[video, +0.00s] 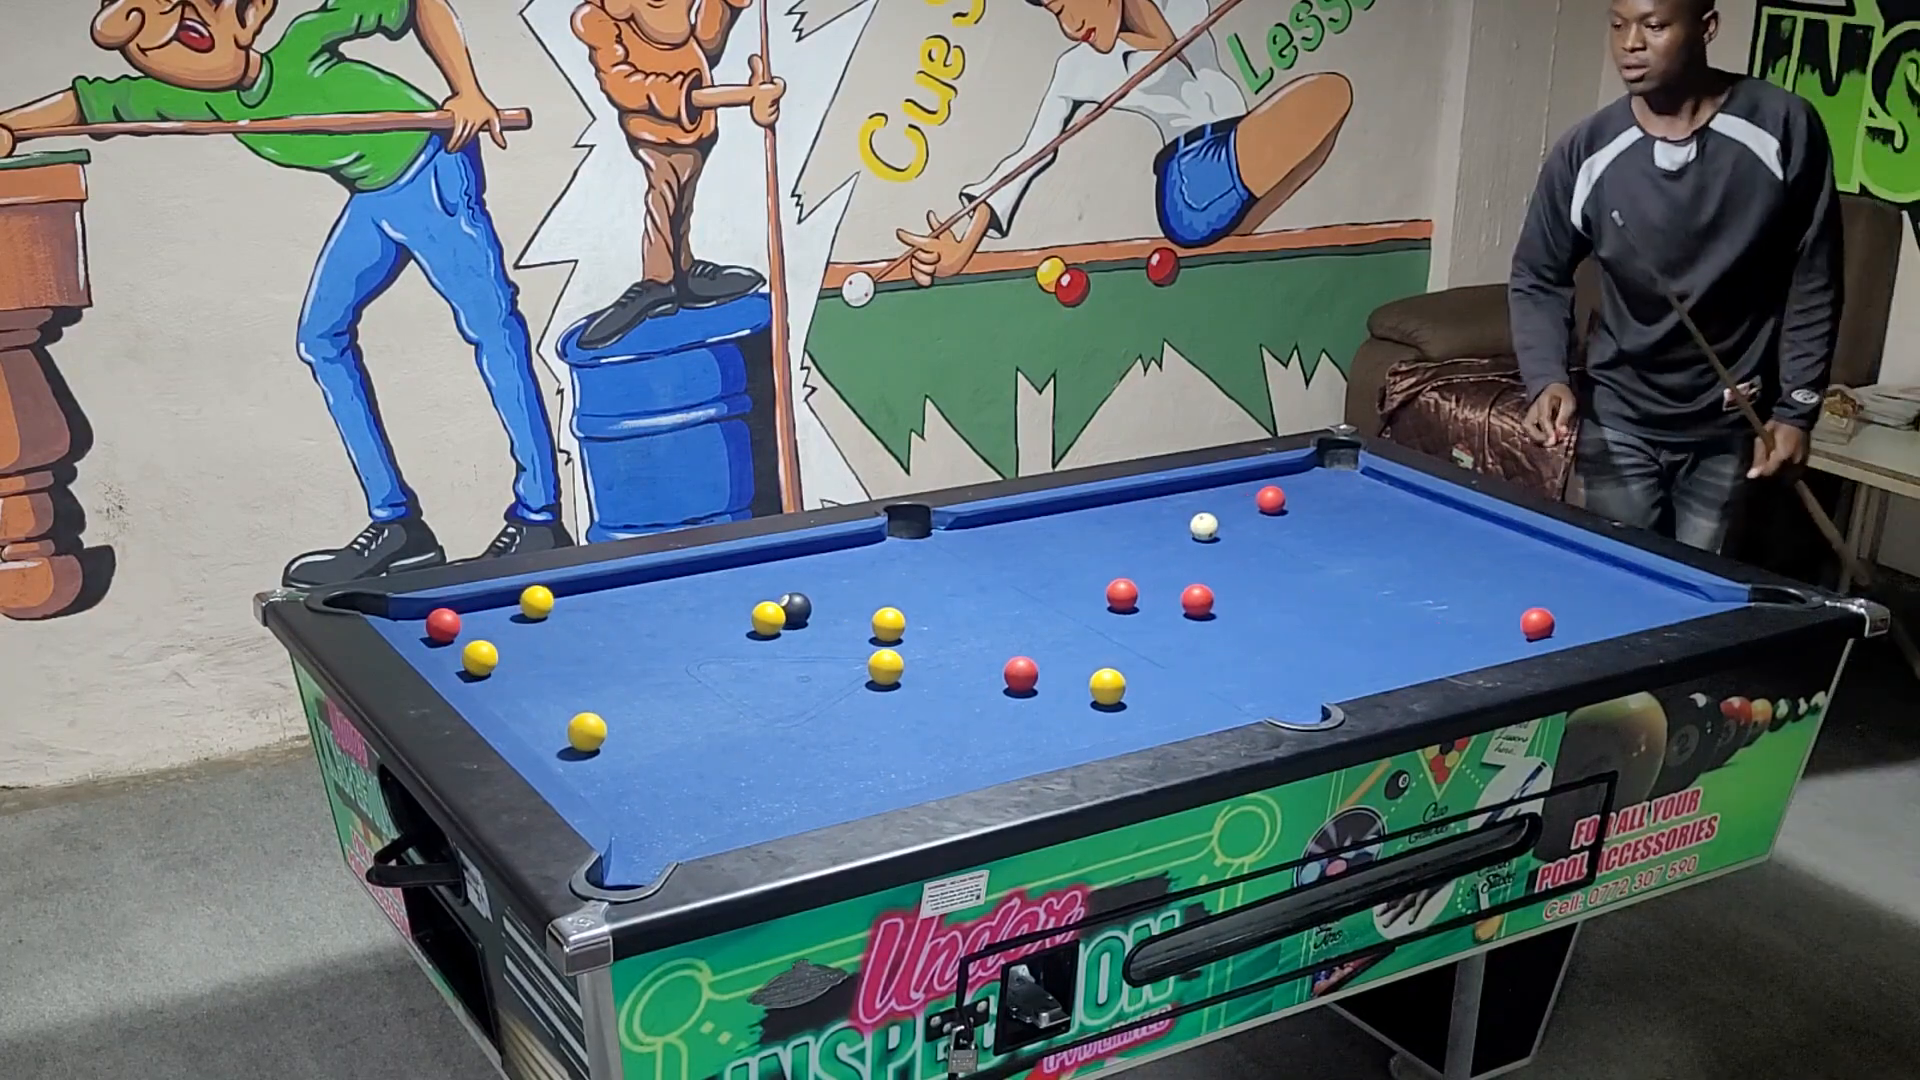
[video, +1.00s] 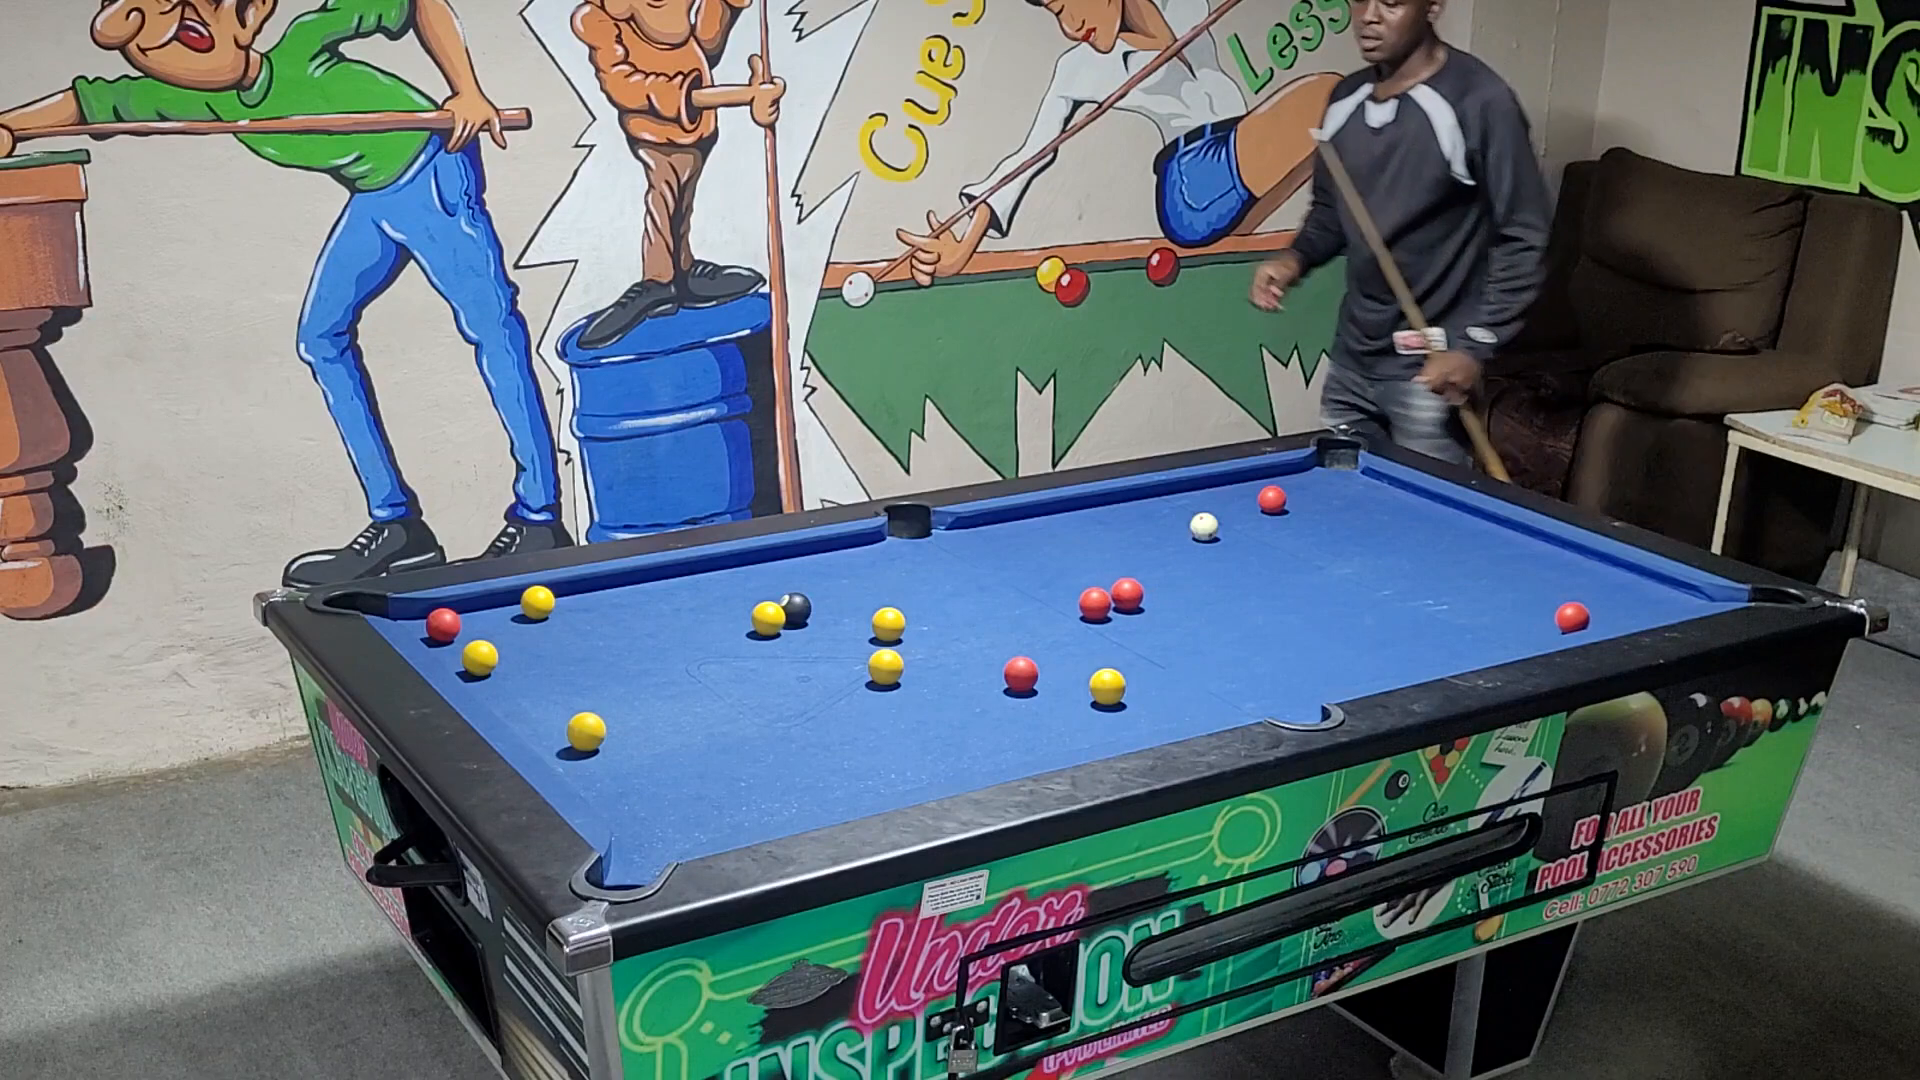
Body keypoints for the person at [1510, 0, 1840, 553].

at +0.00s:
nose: (1630, 44)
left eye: (1655, 25)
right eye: (1619, 25)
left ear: (1707, 28)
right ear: (1608, 31)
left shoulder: (1783, 126)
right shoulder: (1583, 152)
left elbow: (1813, 278)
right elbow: (1537, 277)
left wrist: (1795, 409)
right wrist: (1547, 380)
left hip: (1731, 424)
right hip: (1618, 417)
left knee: (1694, 614)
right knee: (1614, 605)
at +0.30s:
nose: (1623, 26)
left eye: (1646, 9)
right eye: (1613, 8)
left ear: (1696, 15)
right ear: (1602, 13)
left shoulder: (1758, 119)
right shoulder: (1565, 116)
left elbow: (1773, 264)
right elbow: (1528, 233)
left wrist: (1746, 385)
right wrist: (1550, 328)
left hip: (1682, 395)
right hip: (1572, 383)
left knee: (1640, 578)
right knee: (1546, 562)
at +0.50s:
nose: (1583, 15)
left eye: (1605, 1)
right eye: (1575, 0)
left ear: (1655, 8)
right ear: (1565, 8)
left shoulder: (1718, 114)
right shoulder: (1529, 107)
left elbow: (1737, 256)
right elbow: (1497, 218)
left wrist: (1711, 372)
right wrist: (1514, 306)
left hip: (1637, 389)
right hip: (1526, 374)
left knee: (1614, 572)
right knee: (1465, 531)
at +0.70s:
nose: (1503, 14)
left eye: (1525, 1)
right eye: (1498, 2)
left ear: (1572, 9)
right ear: (1489, 10)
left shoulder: (1637, 111)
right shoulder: (1468, 103)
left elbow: (1670, 254)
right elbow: (1445, 212)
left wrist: (1651, 371)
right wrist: (1443, 283)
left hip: (1571, 387)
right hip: (1464, 374)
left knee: (1572, 555)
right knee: (1404, 513)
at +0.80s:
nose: (1445, 15)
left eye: (1467, 3)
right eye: (1443, 3)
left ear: (1516, 13)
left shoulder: (1577, 112)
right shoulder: (1425, 105)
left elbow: (1626, 248)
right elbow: (1411, 220)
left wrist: (1597, 357)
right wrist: (1392, 280)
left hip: (1525, 390)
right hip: (1424, 375)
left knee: (1539, 561)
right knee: (1373, 532)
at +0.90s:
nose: (1396, 18)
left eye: (1417, 6)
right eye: (1394, 5)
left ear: (1465, 13)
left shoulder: (1524, 109)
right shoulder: (1383, 105)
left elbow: (1576, 241)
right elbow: (1373, 217)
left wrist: (1538, 352)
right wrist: (1342, 276)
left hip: (1477, 384)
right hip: (1383, 368)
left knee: (1495, 554)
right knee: (1346, 533)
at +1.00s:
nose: (1369, 16)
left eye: (1390, 3)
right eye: (1360, 2)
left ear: (1432, 9)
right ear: (1350, 8)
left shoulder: (1481, 100)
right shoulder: (1345, 98)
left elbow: (1525, 235)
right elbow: (1330, 210)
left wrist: (1474, 348)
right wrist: (1295, 259)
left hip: (1432, 363)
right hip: (1353, 352)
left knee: (1429, 522)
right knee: (1341, 514)